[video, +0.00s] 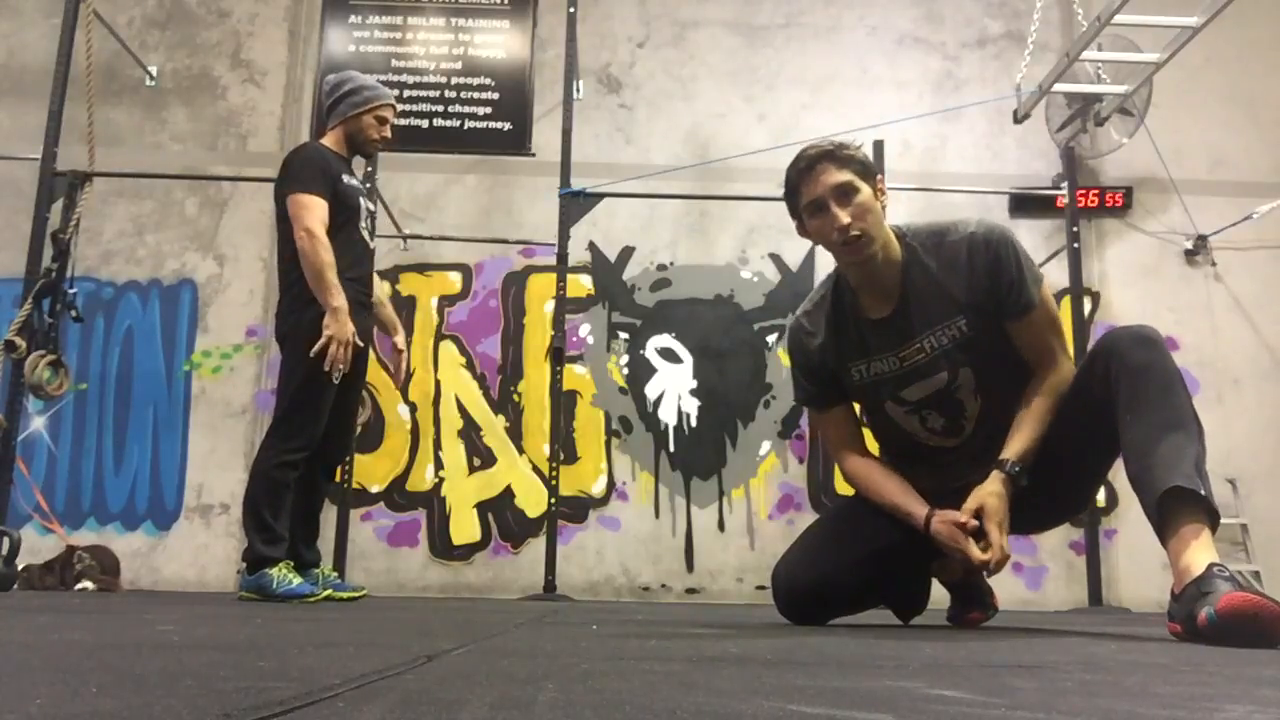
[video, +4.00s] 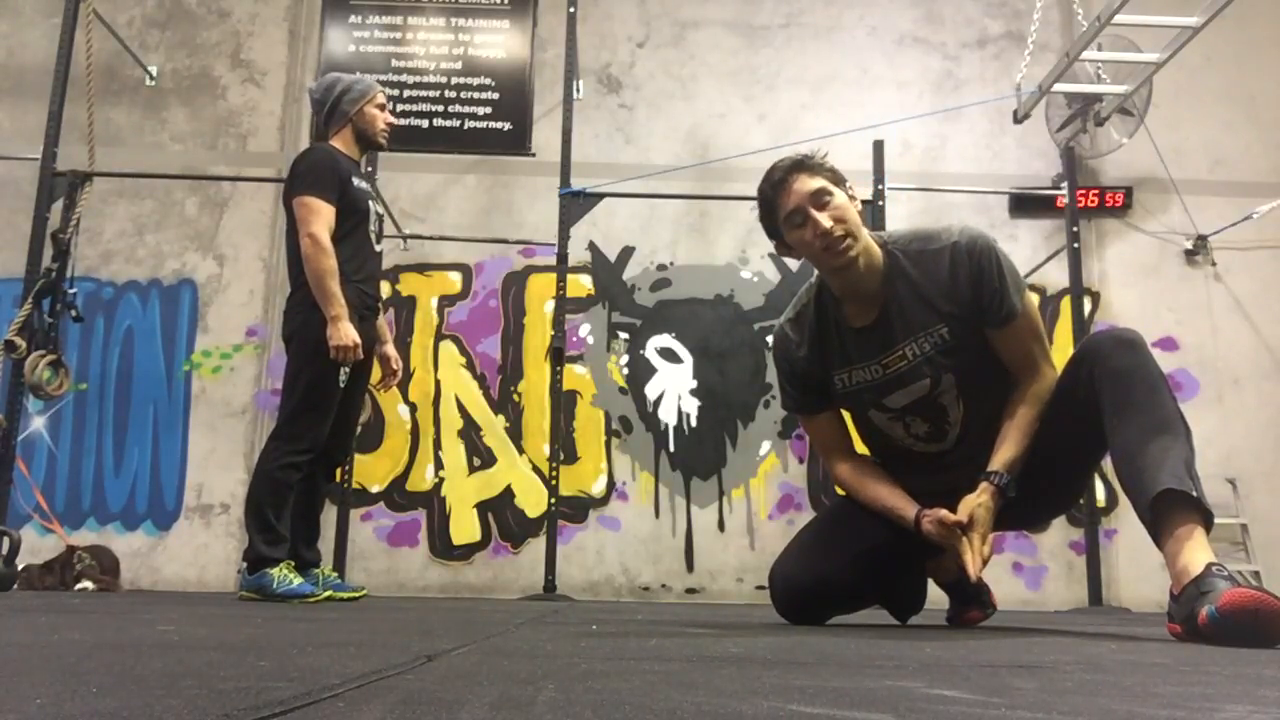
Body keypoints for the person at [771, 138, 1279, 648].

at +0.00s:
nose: (839, 221)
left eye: (846, 196)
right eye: (817, 214)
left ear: (879, 194)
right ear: (807, 235)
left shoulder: (982, 254)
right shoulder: (815, 333)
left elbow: (1055, 370)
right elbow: (848, 454)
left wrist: (1003, 478)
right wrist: (928, 518)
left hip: (1030, 470)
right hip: (922, 496)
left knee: (1134, 347)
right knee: (799, 591)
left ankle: (1197, 574)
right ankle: (946, 562)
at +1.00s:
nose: (826, 227)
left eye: (833, 203)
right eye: (805, 222)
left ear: (868, 198)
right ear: (796, 243)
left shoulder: (971, 257)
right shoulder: (804, 338)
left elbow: (1045, 372)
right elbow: (843, 456)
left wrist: (993, 483)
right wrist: (921, 521)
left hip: (1020, 471)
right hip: (914, 498)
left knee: (1123, 348)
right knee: (796, 590)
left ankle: (1195, 576)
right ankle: (941, 562)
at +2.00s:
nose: (822, 223)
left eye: (828, 200)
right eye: (800, 221)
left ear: (863, 195)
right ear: (793, 245)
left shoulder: (970, 259)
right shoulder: (804, 340)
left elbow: (1040, 379)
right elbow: (841, 456)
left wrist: (992, 485)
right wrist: (916, 516)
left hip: (1018, 472)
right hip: (913, 497)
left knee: (1120, 349)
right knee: (796, 590)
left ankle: (1195, 578)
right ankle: (940, 560)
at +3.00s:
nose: (817, 226)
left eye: (822, 202)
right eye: (795, 225)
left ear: (857, 196)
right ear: (789, 250)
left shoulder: (966, 260)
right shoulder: (800, 342)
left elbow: (1037, 378)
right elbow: (839, 457)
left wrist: (991, 486)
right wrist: (915, 517)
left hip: (1016, 470)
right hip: (910, 496)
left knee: (1118, 349)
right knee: (795, 591)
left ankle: (1195, 578)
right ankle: (934, 558)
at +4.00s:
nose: (820, 221)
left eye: (823, 199)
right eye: (797, 221)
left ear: (854, 197)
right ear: (788, 250)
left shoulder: (963, 259)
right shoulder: (800, 343)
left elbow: (1037, 378)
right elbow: (839, 458)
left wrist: (992, 488)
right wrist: (918, 519)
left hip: (1015, 469)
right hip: (911, 496)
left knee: (1115, 348)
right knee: (795, 591)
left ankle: (1195, 578)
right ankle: (934, 561)